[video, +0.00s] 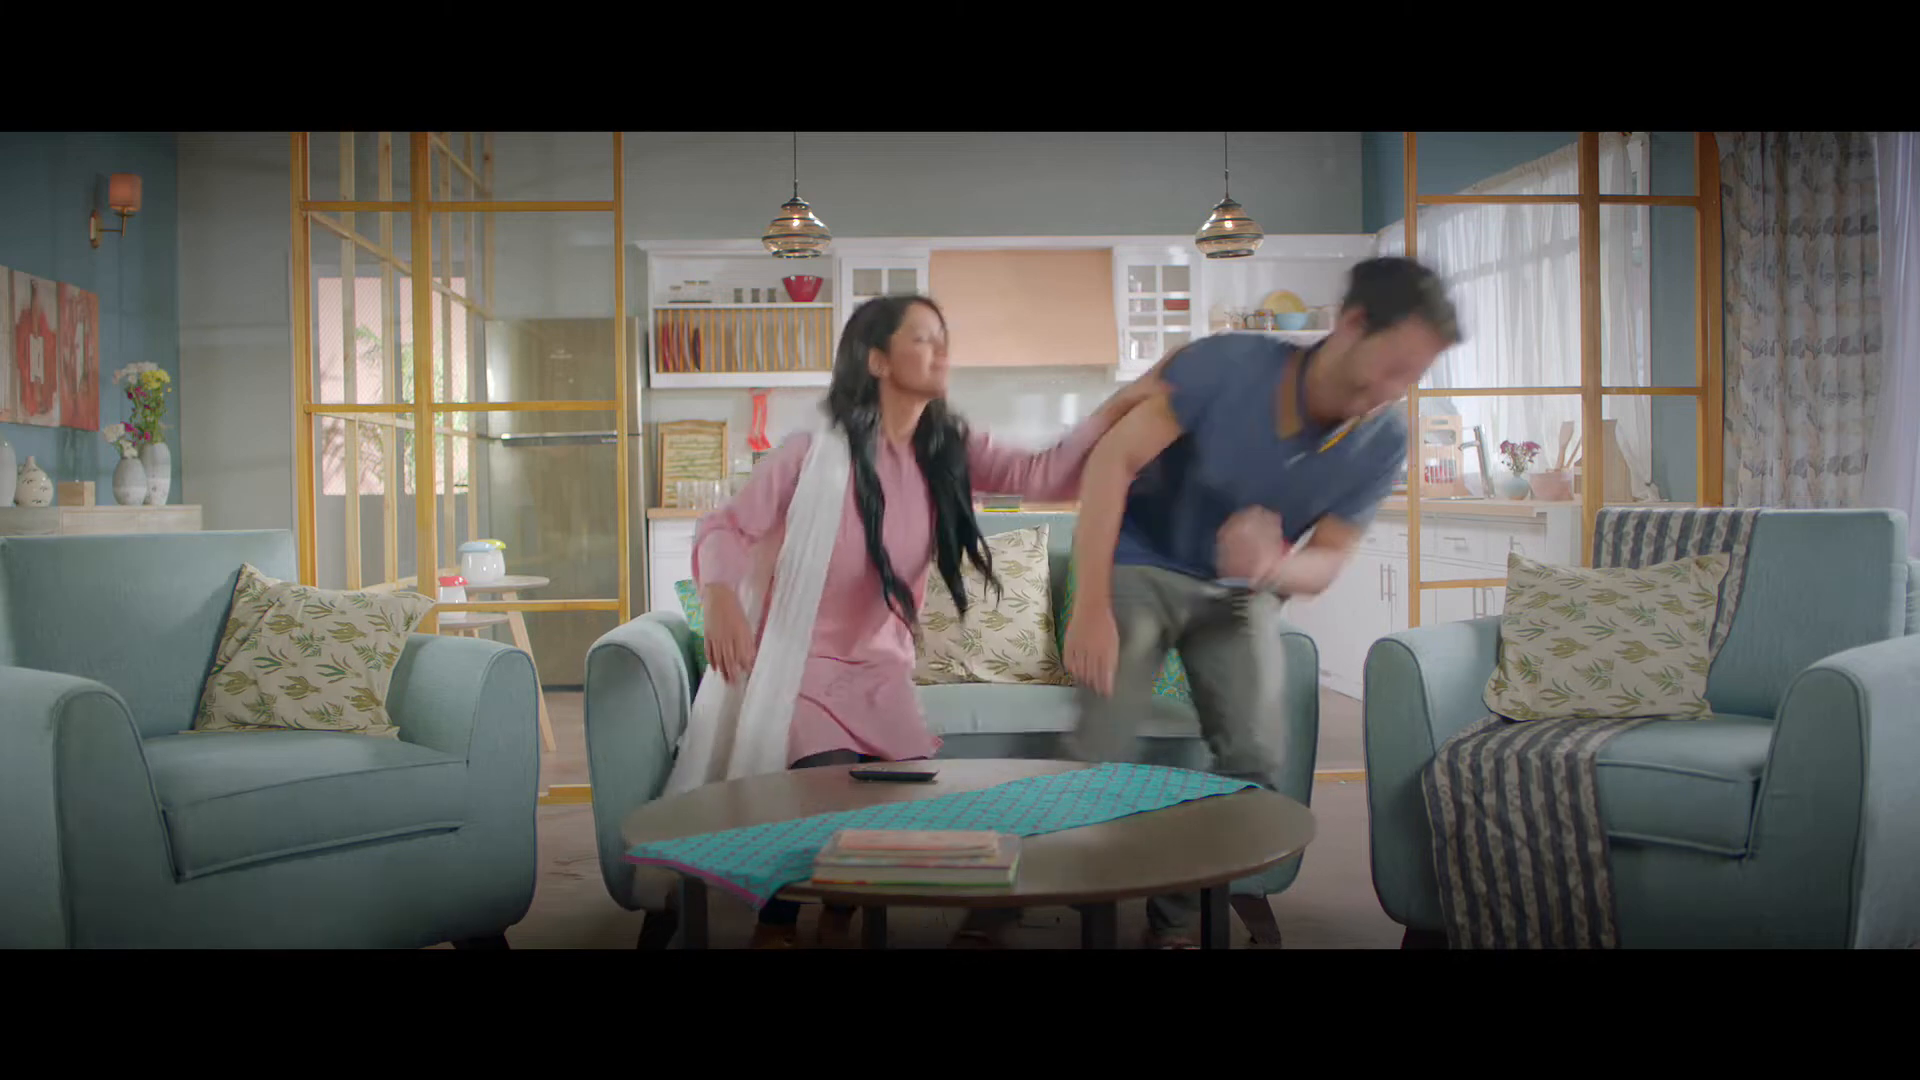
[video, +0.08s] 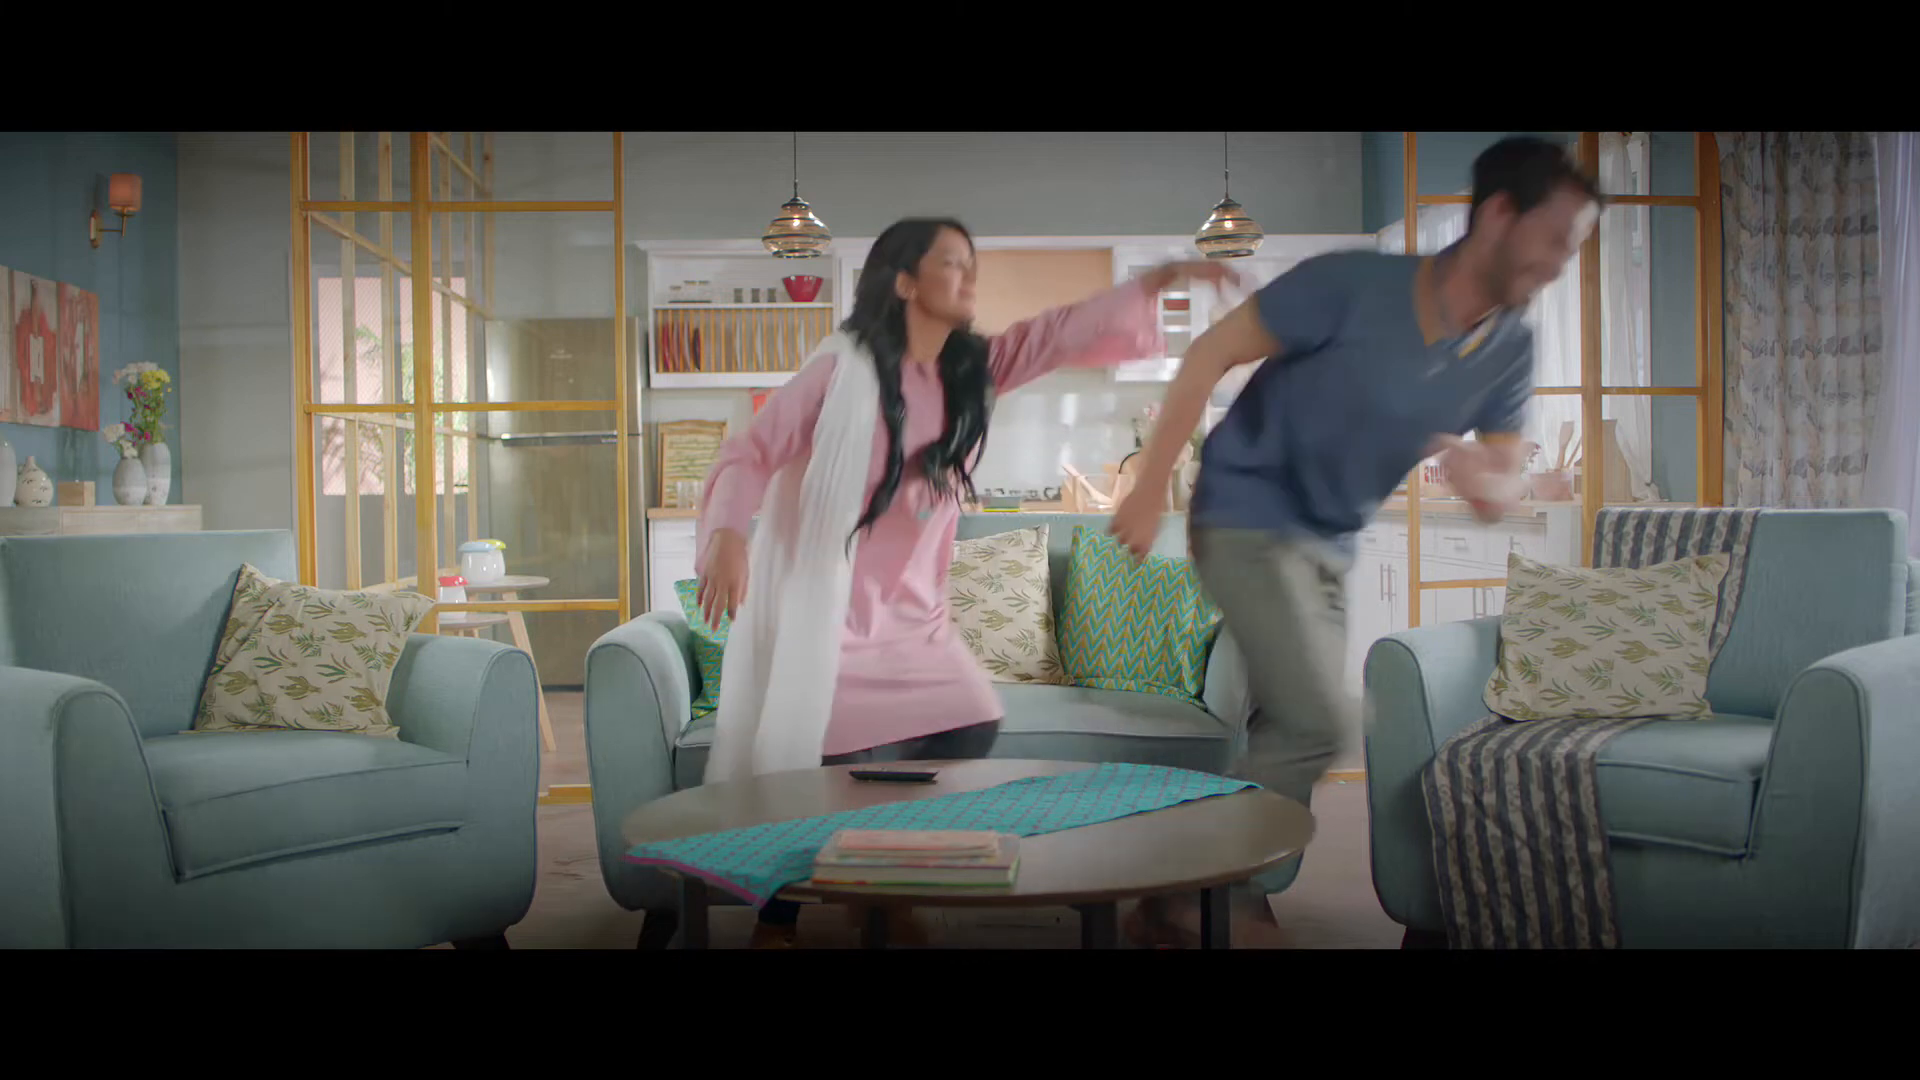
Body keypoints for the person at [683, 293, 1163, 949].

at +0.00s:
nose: (941, 355)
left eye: (942, 344)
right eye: (924, 342)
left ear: (945, 356)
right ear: (877, 358)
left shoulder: (945, 447)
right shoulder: (814, 452)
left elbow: (1049, 476)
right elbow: (725, 527)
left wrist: (1118, 406)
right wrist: (722, 602)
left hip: (885, 678)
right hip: (799, 674)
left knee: (912, 822)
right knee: (836, 819)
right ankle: (782, 933)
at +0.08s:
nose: (968, 282)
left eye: (970, 271)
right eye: (951, 266)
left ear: (967, 285)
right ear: (901, 279)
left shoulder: (968, 363)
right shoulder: (842, 369)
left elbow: (1057, 331)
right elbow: (751, 448)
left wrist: (1163, 278)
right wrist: (727, 533)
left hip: (915, 613)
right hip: (824, 618)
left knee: (972, 723)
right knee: (838, 766)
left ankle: (904, 895)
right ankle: (786, 915)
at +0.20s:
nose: (1036, 216)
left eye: (1037, 205)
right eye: (1017, 203)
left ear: (1035, 225)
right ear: (969, 219)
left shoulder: (1038, 306)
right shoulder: (910, 311)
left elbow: (1140, 258)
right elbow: (821, 415)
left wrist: (1193, 166)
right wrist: (773, 508)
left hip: (989, 571)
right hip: (894, 568)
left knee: (1053, 706)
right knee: (867, 742)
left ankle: (1075, 903)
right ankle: (799, 907)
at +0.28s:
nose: (1094, 199)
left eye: (1096, 187)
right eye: (1076, 184)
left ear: (1085, 207)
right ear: (1025, 198)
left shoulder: (1095, 289)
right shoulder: (978, 297)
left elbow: (1190, 246)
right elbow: (890, 403)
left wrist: (1230, 158)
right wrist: (832, 509)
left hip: (1074, 555)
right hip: (969, 554)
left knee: (1086, 750)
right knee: (908, 745)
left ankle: (1094, 918)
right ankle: (834, 904)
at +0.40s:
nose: (1210, 179)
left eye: (1210, 164)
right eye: (1191, 161)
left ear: (1208, 182)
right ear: (1142, 178)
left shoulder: (1208, 281)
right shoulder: (1092, 278)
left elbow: (1316, 278)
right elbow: (1020, 399)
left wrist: (1345, 184)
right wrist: (962, 516)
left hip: (1182, 545)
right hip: (1111, 545)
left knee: (1134, 738)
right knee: (1155, 742)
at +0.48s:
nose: (1289, 179)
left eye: (1287, 164)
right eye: (1271, 162)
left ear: (1258, 183)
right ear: (1217, 178)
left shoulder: (1279, 289)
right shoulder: (1157, 284)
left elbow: (1384, 322)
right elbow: (1083, 398)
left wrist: (1424, 249)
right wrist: (1028, 514)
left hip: (1244, 553)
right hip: (1175, 554)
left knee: (1163, 735)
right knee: (1283, 722)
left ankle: (1105, 897)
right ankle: (1246, 908)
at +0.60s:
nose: (1460, 169)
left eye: (1456, 153)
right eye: (1441, 153)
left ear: (1423, 176)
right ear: (1391, 172)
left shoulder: (1445, 294)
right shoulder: (1338, 287)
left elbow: (1483, 432)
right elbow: (1252, 417)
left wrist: (1576, 468)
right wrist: (1168, 537)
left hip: (1443, 578)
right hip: (1372, 578)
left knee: (1347, 755)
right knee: (1465, 771)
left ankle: (1204, 848)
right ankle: (1468, 939)